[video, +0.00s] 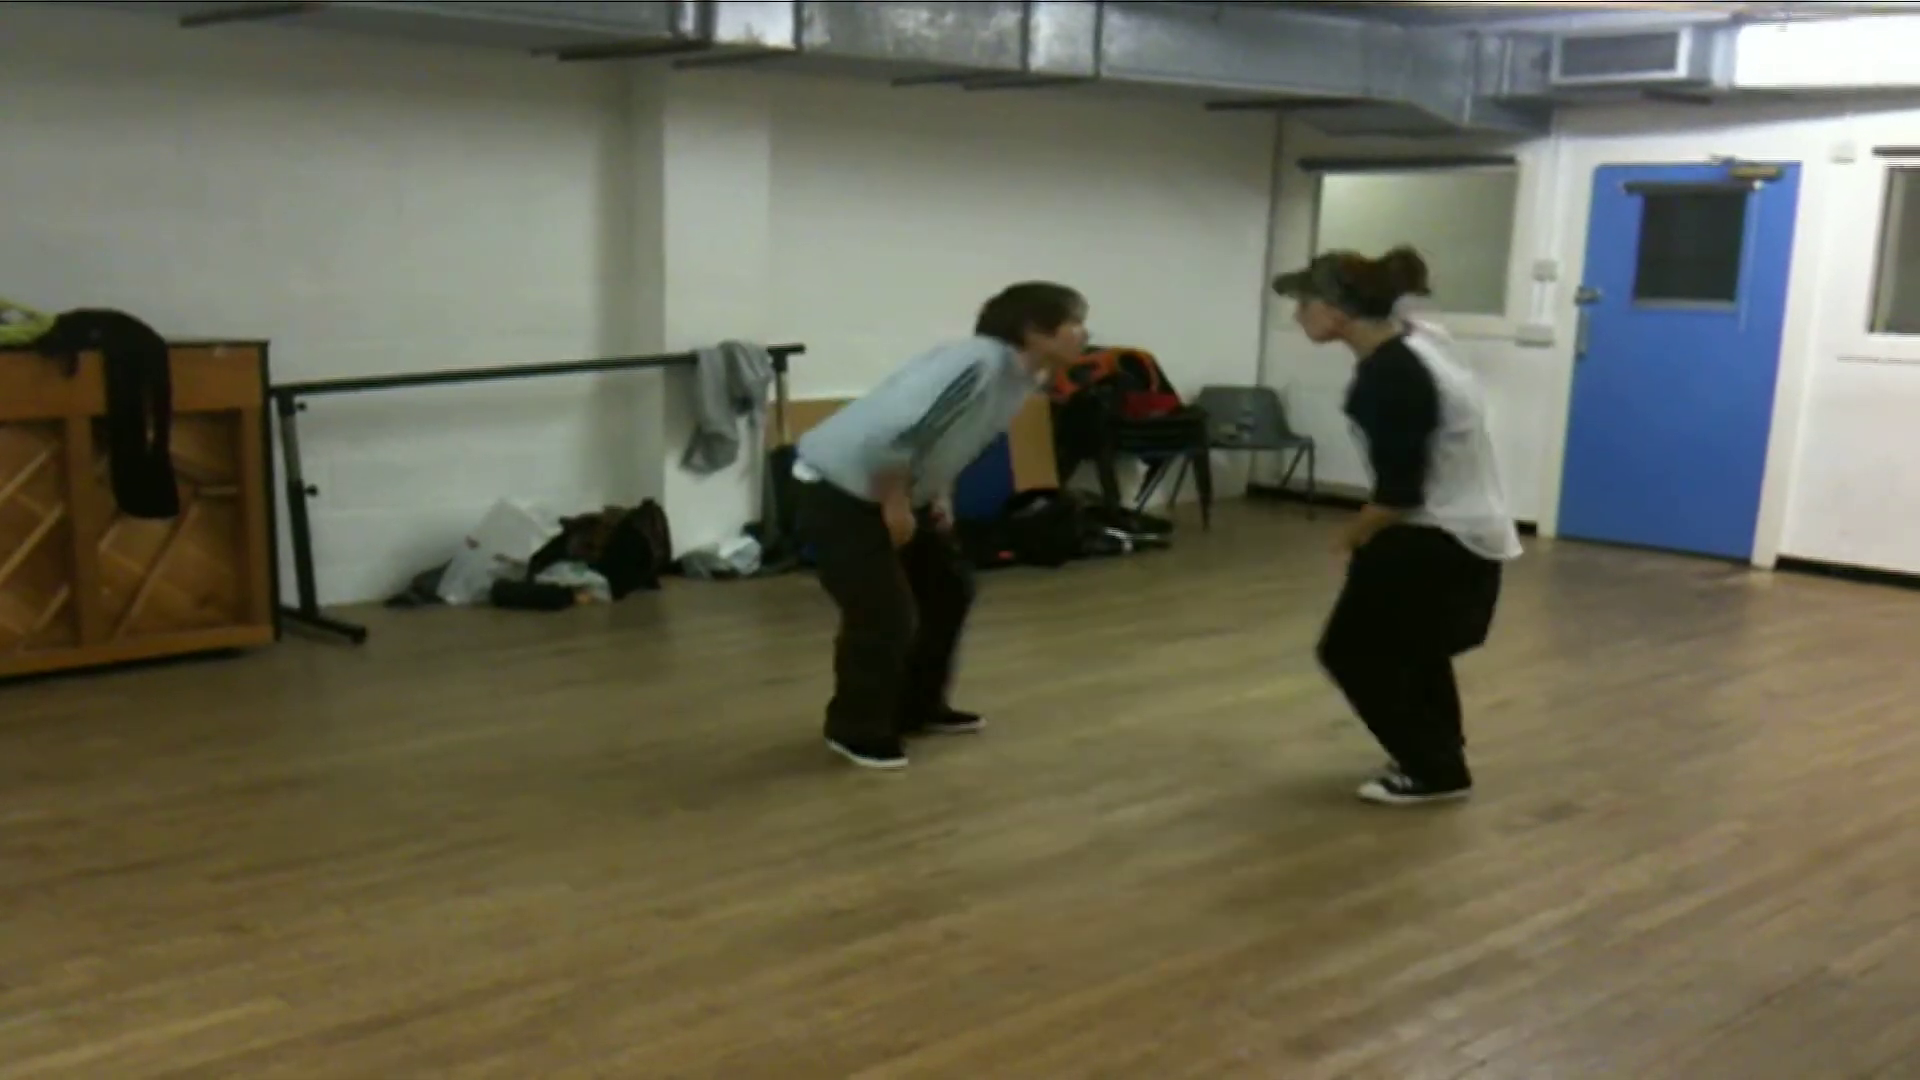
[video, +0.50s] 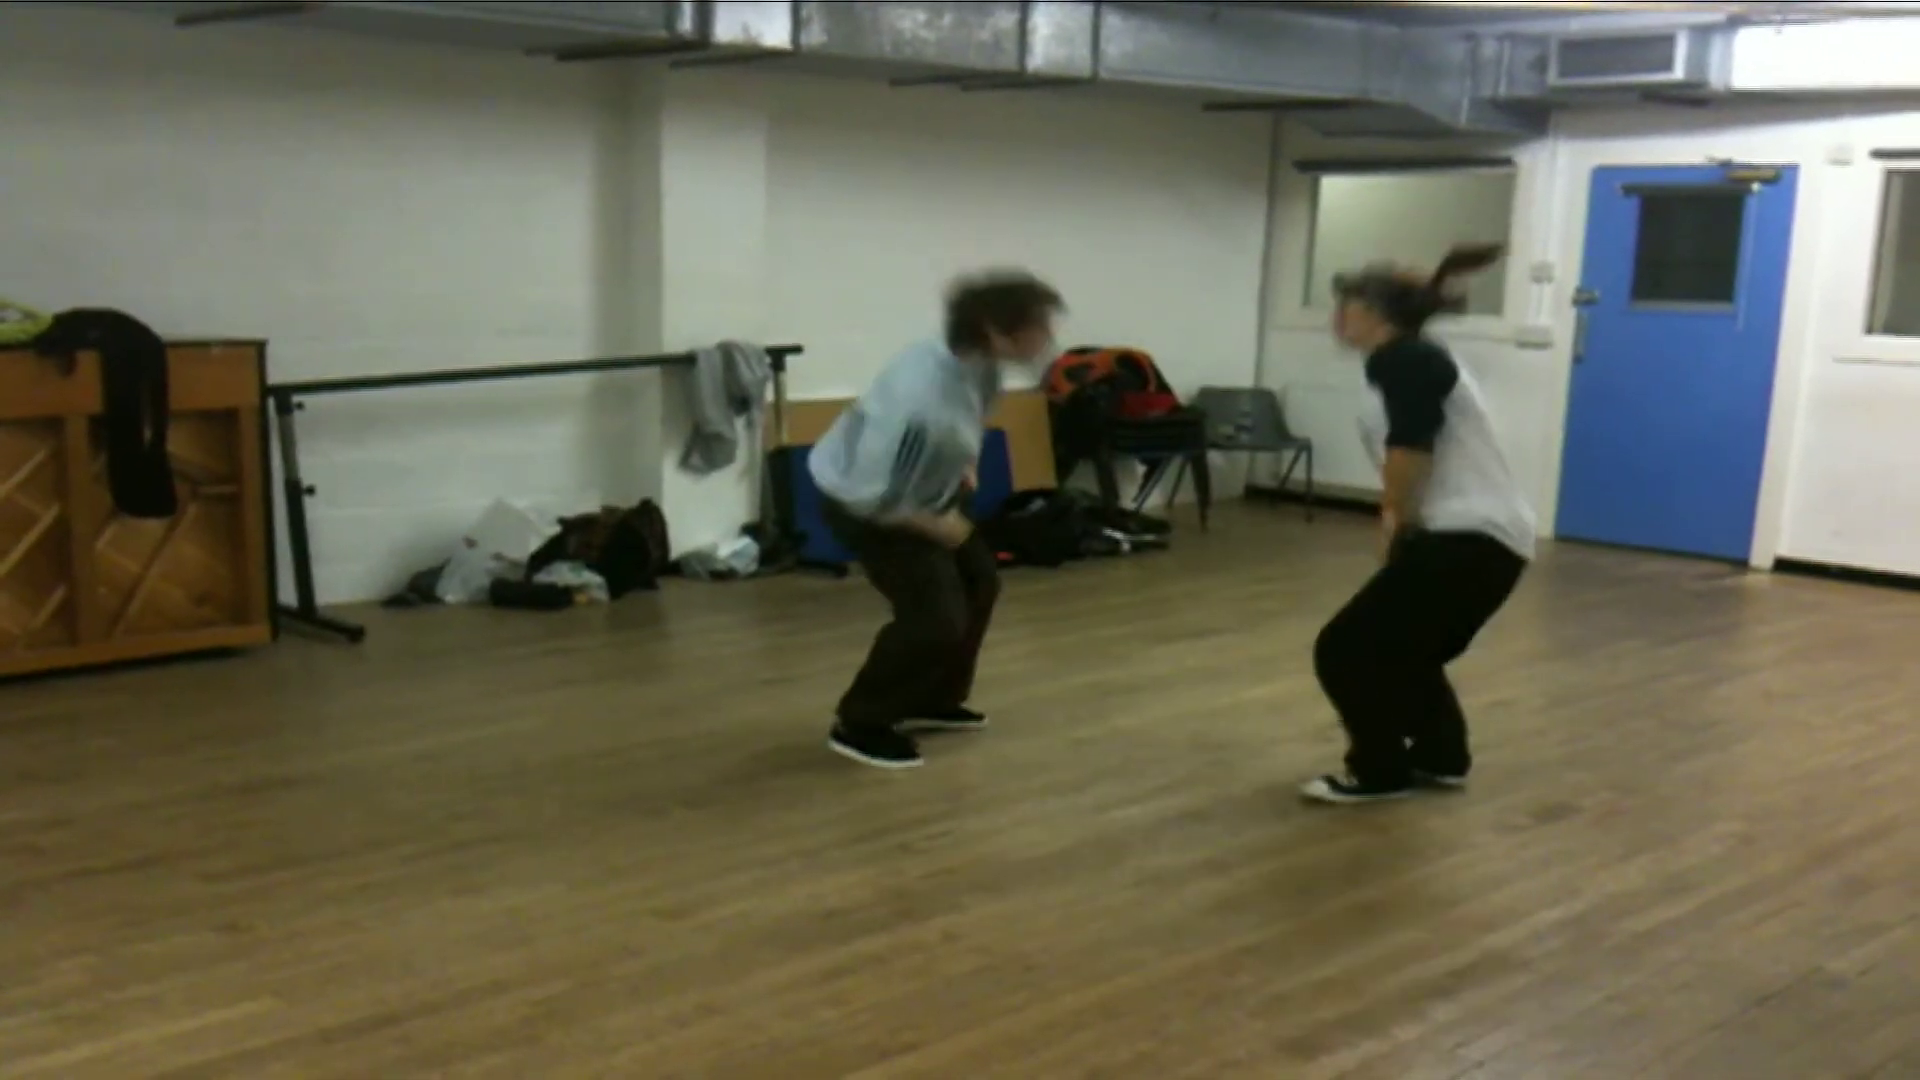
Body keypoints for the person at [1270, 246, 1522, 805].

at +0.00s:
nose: (1299, 317)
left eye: (1306, 305)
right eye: (1300, 305)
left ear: (1338, 309)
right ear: (1352, 305)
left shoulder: (1390, 373)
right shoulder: (1414, 349)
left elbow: (1398, 494)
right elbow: (1412, 484)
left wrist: (1354, 534)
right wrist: (1367, 529)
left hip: (1435, 542)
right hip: (1461, 537)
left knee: (1348, 650)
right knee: (1413, 649)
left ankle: (1429, 767)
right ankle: (1438, 761)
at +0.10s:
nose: (1341, 316)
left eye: (1348, 306)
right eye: (1341, 305)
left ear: (1383, 306)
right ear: (1387, 305)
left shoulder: (1441, 373)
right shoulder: (1407, 350)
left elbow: (1428, 490)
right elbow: (1416, 459)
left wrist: (1365, 528)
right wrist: (1382, 514)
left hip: (1444, 535)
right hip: (1421, 527)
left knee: (1369, 642)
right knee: (1421, 636)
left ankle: (1436, 771)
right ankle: (1439, 749)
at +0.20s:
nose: (1367, 295)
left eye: (1376, 285)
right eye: (1367, 284)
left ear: (1413, 286)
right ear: (1415, 286)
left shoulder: (1456, 352)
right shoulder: (1422, 340)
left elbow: (1429, 463)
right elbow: (1420, 448)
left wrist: (1370, 513)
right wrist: (1382, 506)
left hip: (1442, 526)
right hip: (1420, 519)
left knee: (1376, 643)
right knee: (1423, 640)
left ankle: (1436, 771)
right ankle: (1437, 753)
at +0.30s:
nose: (1376, 279)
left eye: (1385, 268)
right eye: (1376, 268)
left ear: (1422, 270)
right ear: (1425, 270)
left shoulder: (1452, 334)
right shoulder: (1443, 326)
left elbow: (1423, 440)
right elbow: (1424, 439)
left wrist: (1373, 501)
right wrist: (1379, 498)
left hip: (1433, 521)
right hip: (1429, 516)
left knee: (1383, 655)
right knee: (1425, 651)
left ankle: (1435, 771)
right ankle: (1440, 760)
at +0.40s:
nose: (1367, 280)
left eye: (1375, 269)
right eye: (1367, 269)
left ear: (1405, 270)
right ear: (1415, 271)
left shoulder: (1431, 325)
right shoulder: (1443, 320)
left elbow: (1423, 425)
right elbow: (1427, 426)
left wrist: (1387, 498)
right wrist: (1392, 498)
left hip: (1450, 514)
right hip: (1455, 511)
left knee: (1368, 636)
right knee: (1414, 641)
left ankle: (1429, 762)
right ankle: (1439, 758)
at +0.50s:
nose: (1339, 321)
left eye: (1347, 308)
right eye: (1340, 309)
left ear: (1376, 310)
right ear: (1388, 312)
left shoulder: (1403, 358)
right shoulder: (1428, 359)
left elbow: (1411, 446)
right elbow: (1418, 454)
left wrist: (1396, 515)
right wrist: (1402, 514)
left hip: (1467, 534)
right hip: (1486, 536)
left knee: (1343, 646)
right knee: (1404, 647)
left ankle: (1379, 767)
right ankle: (1441, 755)